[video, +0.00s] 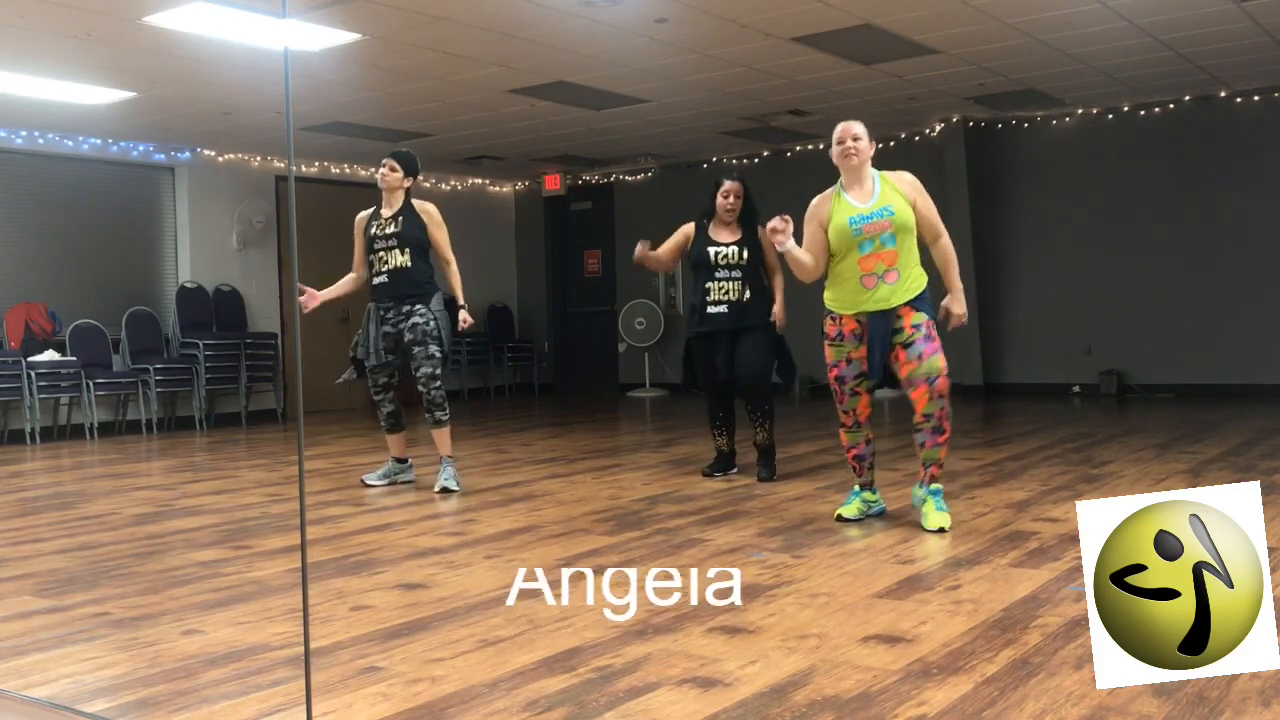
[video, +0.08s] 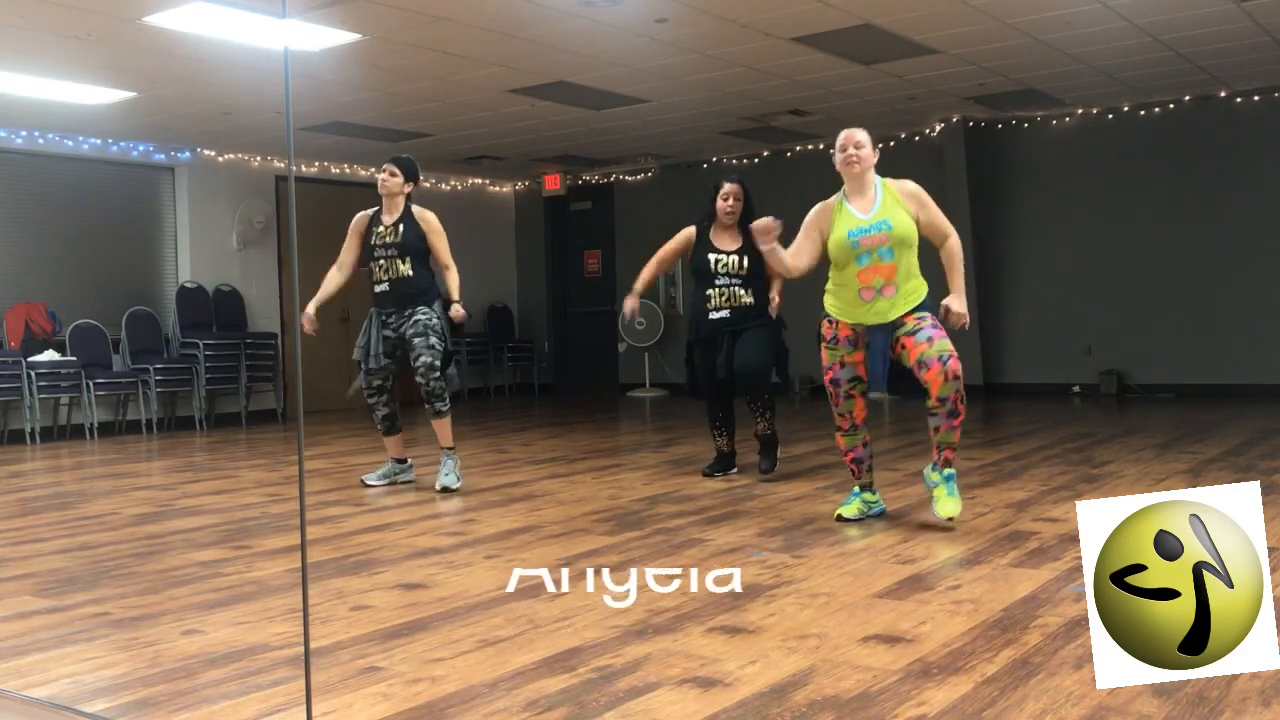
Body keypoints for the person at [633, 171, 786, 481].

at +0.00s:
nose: (730, 201)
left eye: (737, 196)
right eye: (725, 195)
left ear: (744, 202)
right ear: (714, 198)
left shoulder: (758, 232)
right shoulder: (694, 231)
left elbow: (775, 271)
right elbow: (664, 261)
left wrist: (779, 303)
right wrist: (645, 255)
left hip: (753, 328)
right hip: (709, 330)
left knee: (755, 387)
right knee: (716, 392)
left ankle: (766, 456)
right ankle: (725, 456)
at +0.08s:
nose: (731, 204)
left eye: (737, 199)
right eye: (725, 198)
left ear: (744, 204)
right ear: (715, 201)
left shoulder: (757, 235)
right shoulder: (695, 235)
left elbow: (776, 268)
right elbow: (659, 261)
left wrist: (775, 291)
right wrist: (636, 292)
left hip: (754, 328)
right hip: (710, 331)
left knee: (753, 380)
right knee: (716, 393)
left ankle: (767, 445)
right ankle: (725, 456)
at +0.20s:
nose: (725, 199)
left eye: (732, 194)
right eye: (720, 194)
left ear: (744, 199)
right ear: (713, 198)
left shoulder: (760, 234)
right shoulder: (697, 232)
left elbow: (778, 274)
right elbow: (672, 272)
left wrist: (770, 282)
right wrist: (656, 313)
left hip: (755, 325)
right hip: (711, 328)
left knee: (754, 381)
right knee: (718, 390)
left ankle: (771, 448)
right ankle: (725, 456)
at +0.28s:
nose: (722, 198)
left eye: (729, 193)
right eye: (718, 193)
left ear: (743, 198)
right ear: (712, 199)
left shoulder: (764, 236)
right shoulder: (699, 235)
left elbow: (782, 276)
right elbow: (690, 277)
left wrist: (772, 272)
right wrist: (689, 317)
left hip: (757, 330)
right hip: (715, 331)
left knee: (761, 392)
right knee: (720, 393)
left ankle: (774, 458)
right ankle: (725, 456)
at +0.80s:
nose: (723, 195)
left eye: (730, 190)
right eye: (719, 190)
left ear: (744, 197)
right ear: (714, 196)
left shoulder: (761, 231)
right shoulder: (707, 235)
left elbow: (789, 269)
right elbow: (696, 275)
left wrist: (792, 313)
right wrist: (668, 289)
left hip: (759, 329)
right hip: (717, 331)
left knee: (763, 390)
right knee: (716, 390)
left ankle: (775, 460)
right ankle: (723, 457)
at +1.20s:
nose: (719, 199)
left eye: (726, 194)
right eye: (716, 194)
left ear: (742, 198)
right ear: (713, 199)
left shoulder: (762, 235)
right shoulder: (702, 230)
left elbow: (785, 273)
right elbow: (683, 266)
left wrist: (765, 281)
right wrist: (667, 300)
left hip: (754, 330)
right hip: (713, 329)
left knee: (756, 391)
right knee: (718, 392)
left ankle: (773, 458)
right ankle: (723, 458)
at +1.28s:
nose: (722, 203)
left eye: (728, 197)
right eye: (720, 197)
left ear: (747, 199)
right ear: (718, 201)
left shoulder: (766, 236)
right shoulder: (713, 228)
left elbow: (771, 285)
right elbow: (709, 272)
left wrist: (758, 263)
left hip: (755, 331)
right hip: (716, 330)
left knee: (761, 392)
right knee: (720, 392)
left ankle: (774, 460)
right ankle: (723, 457)